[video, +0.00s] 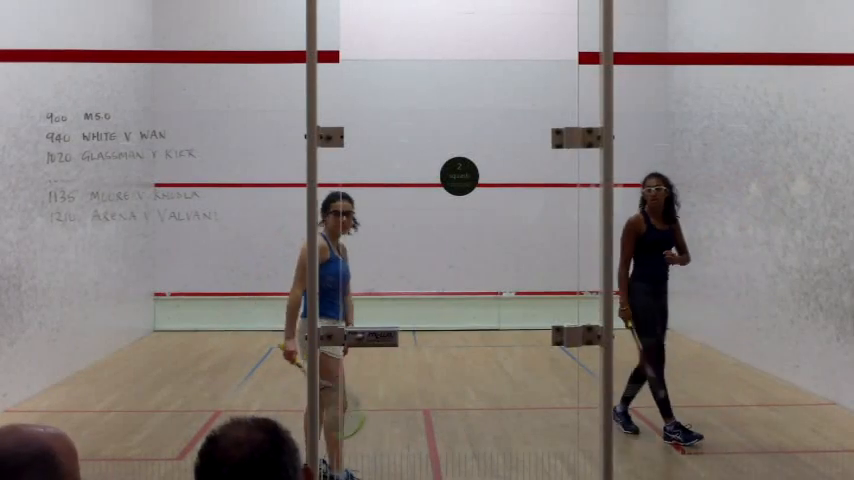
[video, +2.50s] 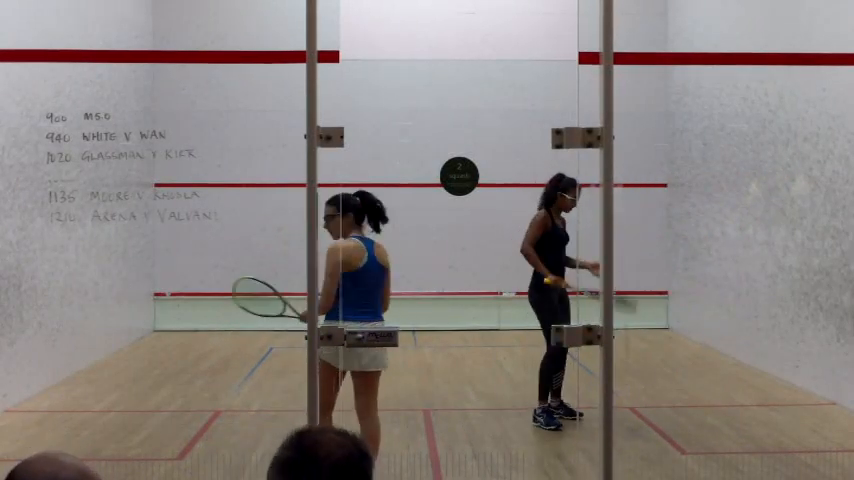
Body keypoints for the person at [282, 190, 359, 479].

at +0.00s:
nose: (344, 219)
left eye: (348, 214)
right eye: (338, 214)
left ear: (352, 219)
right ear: (325, 216)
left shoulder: (341, 249)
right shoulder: (314, 247)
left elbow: (346, 294)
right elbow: (296, 292)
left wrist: (349, 330)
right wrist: (289, 338)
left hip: (333, 330)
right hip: (318, 330)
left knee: (317, 402)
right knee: (336, 401)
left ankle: (311, 464)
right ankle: (337, 469)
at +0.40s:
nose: (374, 220)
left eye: (373, 215)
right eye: (369, 215)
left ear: (352, 218)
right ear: (350, 218)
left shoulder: (352, 248)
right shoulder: (334, 249)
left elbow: (353, 295)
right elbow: (325, 301)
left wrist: (356, 333)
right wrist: (332, 344)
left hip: (340, 341)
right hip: (329, 344)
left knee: (335, 409)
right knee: (334, 410)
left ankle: (325, 466)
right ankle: (334, 471)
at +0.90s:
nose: (364, 218)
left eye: (362, 214)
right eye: (360, 214)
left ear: (337, 220)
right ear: (348, 220)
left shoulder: (323, 249)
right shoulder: (352, 255)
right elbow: (353, 309)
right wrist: (366, 354)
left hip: (296, 328)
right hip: (324, 336)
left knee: (299, 407)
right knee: (339, 409)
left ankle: (279, 463)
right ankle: (336, 473)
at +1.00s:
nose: (357, 219)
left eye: (356, 213)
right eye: (354, 214)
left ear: (326, 218)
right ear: (345, 219)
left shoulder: (312, 248)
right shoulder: (348, 256)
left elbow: (308, 293)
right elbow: (349, 310)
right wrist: (361, 350)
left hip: (292, 327)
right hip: (324, 335)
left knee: (293, 405)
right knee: (334, 409)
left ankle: (279, 467)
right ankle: (336, 473)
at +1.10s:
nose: (349, 223)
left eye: (349, 217)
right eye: (348, 217)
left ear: (317, 217)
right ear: (340, 219)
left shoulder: (300, 248)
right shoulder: (343, 257)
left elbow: (295, 294)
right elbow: (346, 309)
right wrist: (357, 343)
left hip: (287, 328)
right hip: (321, 335)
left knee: (286, 406)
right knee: (335, 410)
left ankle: (273, 468)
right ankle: (336, 474)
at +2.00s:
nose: (365, 221)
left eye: (364, 217)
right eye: (364, 217)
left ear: (331, 219)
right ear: (360, 219)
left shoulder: (319, 254)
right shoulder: (376, 254)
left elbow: (314, 299)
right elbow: (391, 305)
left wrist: (321, 323)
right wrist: (374, 323)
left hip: (328, 341)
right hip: (366, 342)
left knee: (315, 408)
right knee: (369, 412)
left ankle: (295, 465)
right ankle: (367, 473)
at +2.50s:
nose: (325, 226)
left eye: (328, 218)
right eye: (325, 219)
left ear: (346, 218)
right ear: (355, 219)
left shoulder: (337, 250)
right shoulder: (380, 251)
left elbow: (326, 304)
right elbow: (383, 304)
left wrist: (309, 312)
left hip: (337, 336)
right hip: (371, 336)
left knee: (323, 409)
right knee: (368, 411)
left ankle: (323, 472)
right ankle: (366, 472)